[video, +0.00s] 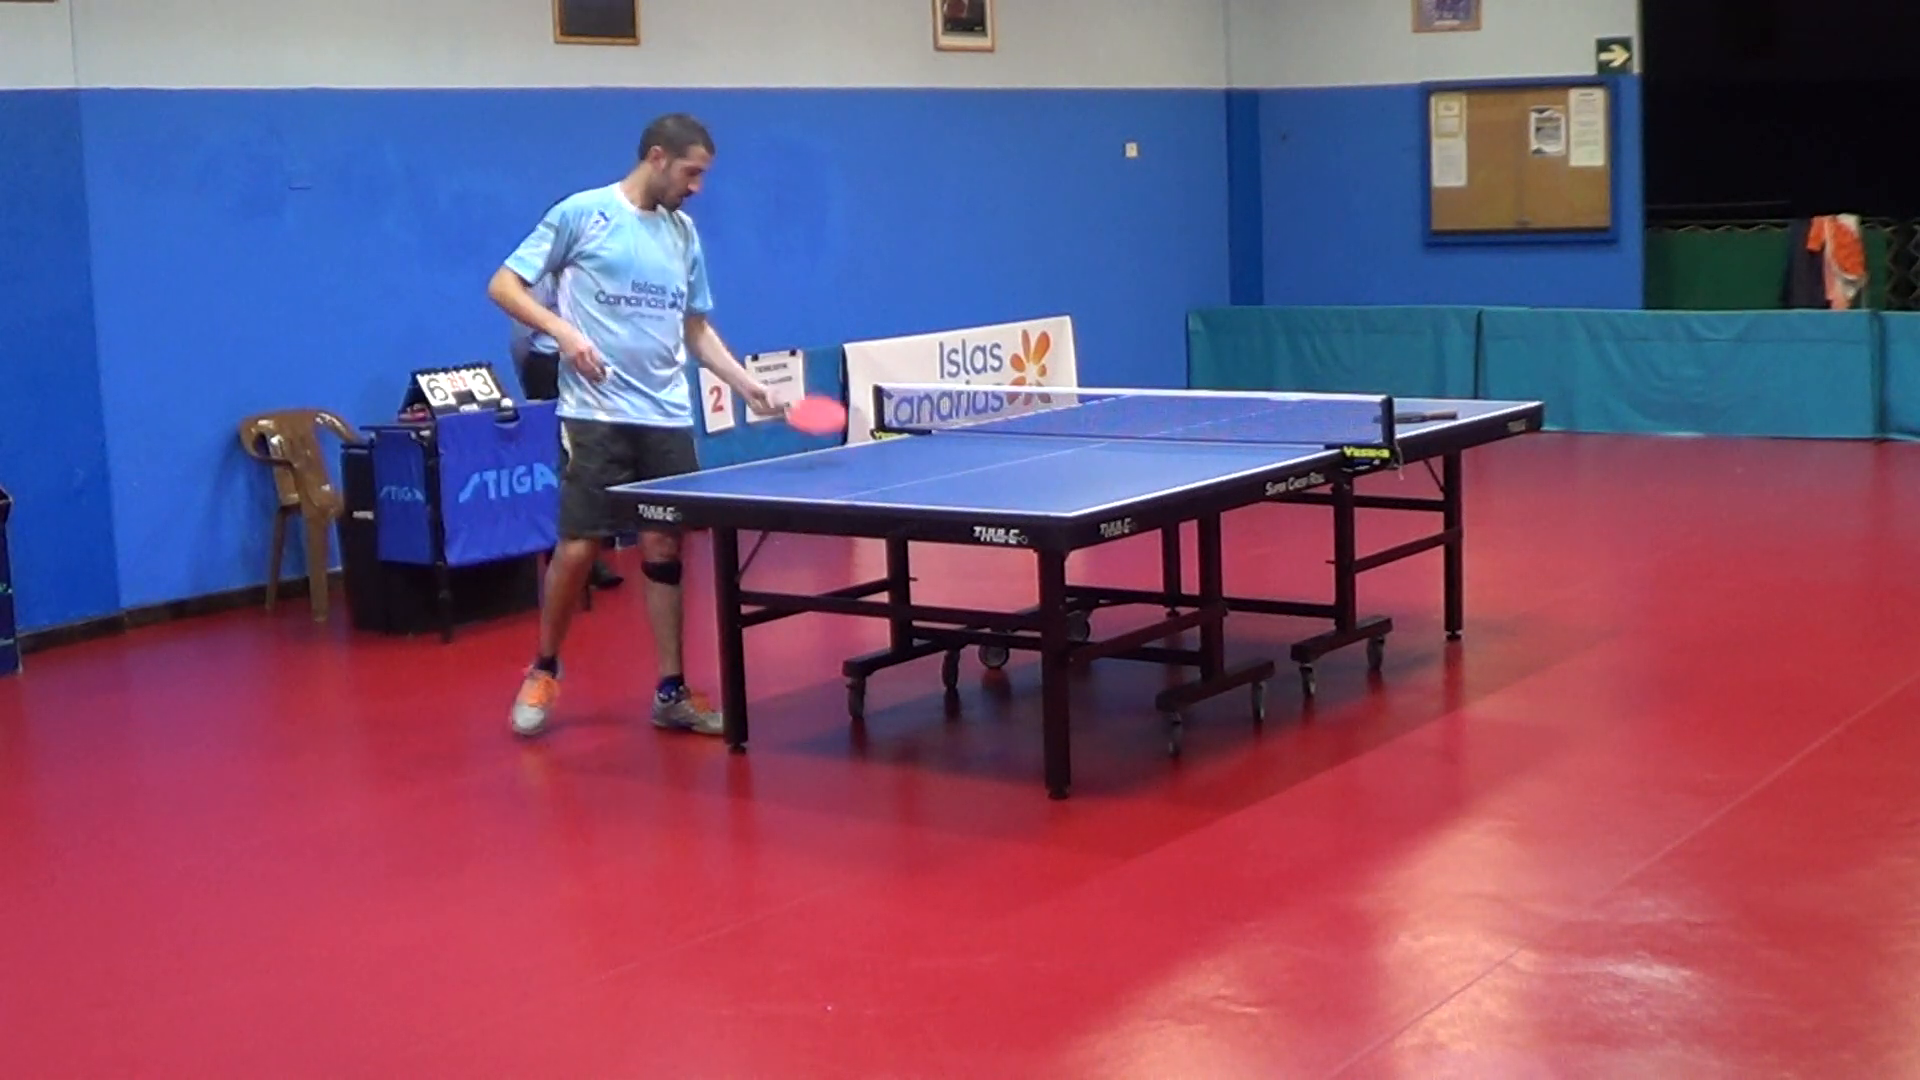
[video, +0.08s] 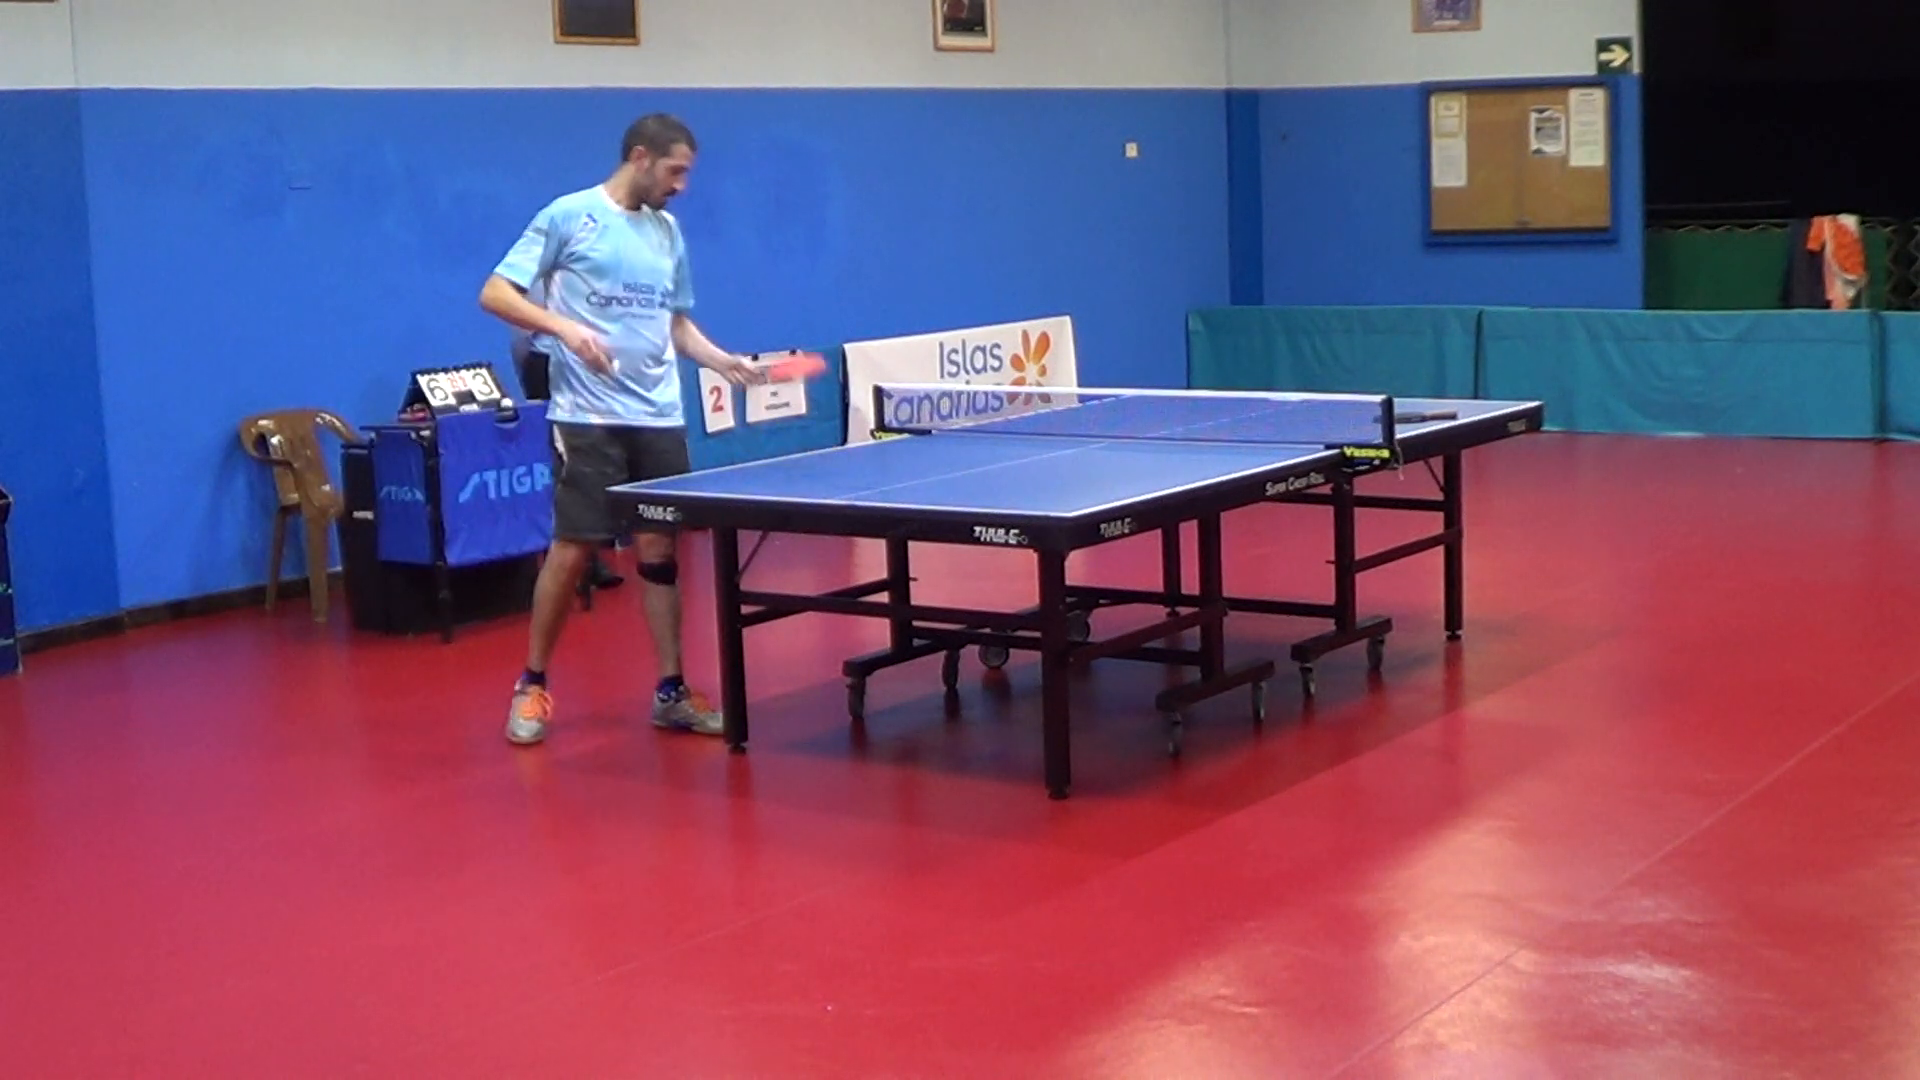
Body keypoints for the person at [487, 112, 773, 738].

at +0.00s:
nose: (697, 186)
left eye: (702, 174)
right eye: (692, 172)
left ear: (674, 166)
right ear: (657, 159)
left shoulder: (684, 233)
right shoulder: (582, 214)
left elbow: (696, 328)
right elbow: (503, 285)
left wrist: (751, 387)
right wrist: (564, 332)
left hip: (668, 417)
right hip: (596, 416)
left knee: (664, 549)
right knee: (577, 552)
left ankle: (672, 691)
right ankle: (544, 671)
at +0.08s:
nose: (681, 185)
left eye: (686, 173)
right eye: (676, 171)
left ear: (661, 167)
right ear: (639, 159)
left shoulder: (668, 232)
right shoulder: (569, 216)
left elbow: (677, 325)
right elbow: (496, 293)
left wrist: (725, 361)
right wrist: (564, 327)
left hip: (659, 417)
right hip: (587, 416)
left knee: (660, 550)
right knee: (571, 552)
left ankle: (672, 692)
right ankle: (533, 685)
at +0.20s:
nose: (650, 183)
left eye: (654, 171)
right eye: (644, 170)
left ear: (630, 166)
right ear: (605, 159)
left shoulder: (637, 228)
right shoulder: (542, 221)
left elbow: (635, 319)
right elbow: (486, 306)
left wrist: (683, 335)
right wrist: (575, 317)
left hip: (640, 418)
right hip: (569, 422)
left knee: (649, 551)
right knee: (550, 554)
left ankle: (670, 692)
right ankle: (528, 690)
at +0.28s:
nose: (627, 183)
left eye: (631, 172)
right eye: (620, 170)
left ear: (599, 168)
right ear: (582, 163)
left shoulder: (611, 229)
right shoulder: (521, 226)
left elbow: (603, 328)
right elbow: (487, 316)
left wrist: (659, 324)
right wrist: (582, 304)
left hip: (623, 419)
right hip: (553, 427)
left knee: (640, 553)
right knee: (539, 558)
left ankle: (670, 693)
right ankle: (529, 692)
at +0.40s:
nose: (593, 184)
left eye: (596, 173)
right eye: (585, 172)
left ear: (574, 170)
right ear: (546, 165)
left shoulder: (581, 225)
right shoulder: (493, 233)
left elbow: (583, 322)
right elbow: (492, 327)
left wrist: (632, 316)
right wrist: (585, 292)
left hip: (599, 421)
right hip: (531, 432)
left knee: (630, 554)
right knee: (523, 560)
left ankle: (669, 692)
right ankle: (527, 693)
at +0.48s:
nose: (574, 183)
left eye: (577, 172)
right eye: (566, 172)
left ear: (550, 169)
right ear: (528, 165)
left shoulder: (564, 226)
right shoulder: (479, 236)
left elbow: (571, 317)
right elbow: (496, 333)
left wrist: (610, 305)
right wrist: (579, 289)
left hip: (587, 415)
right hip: (521, 429)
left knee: (625, 546)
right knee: (520, 558)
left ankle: (661, 687)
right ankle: (525, 692)